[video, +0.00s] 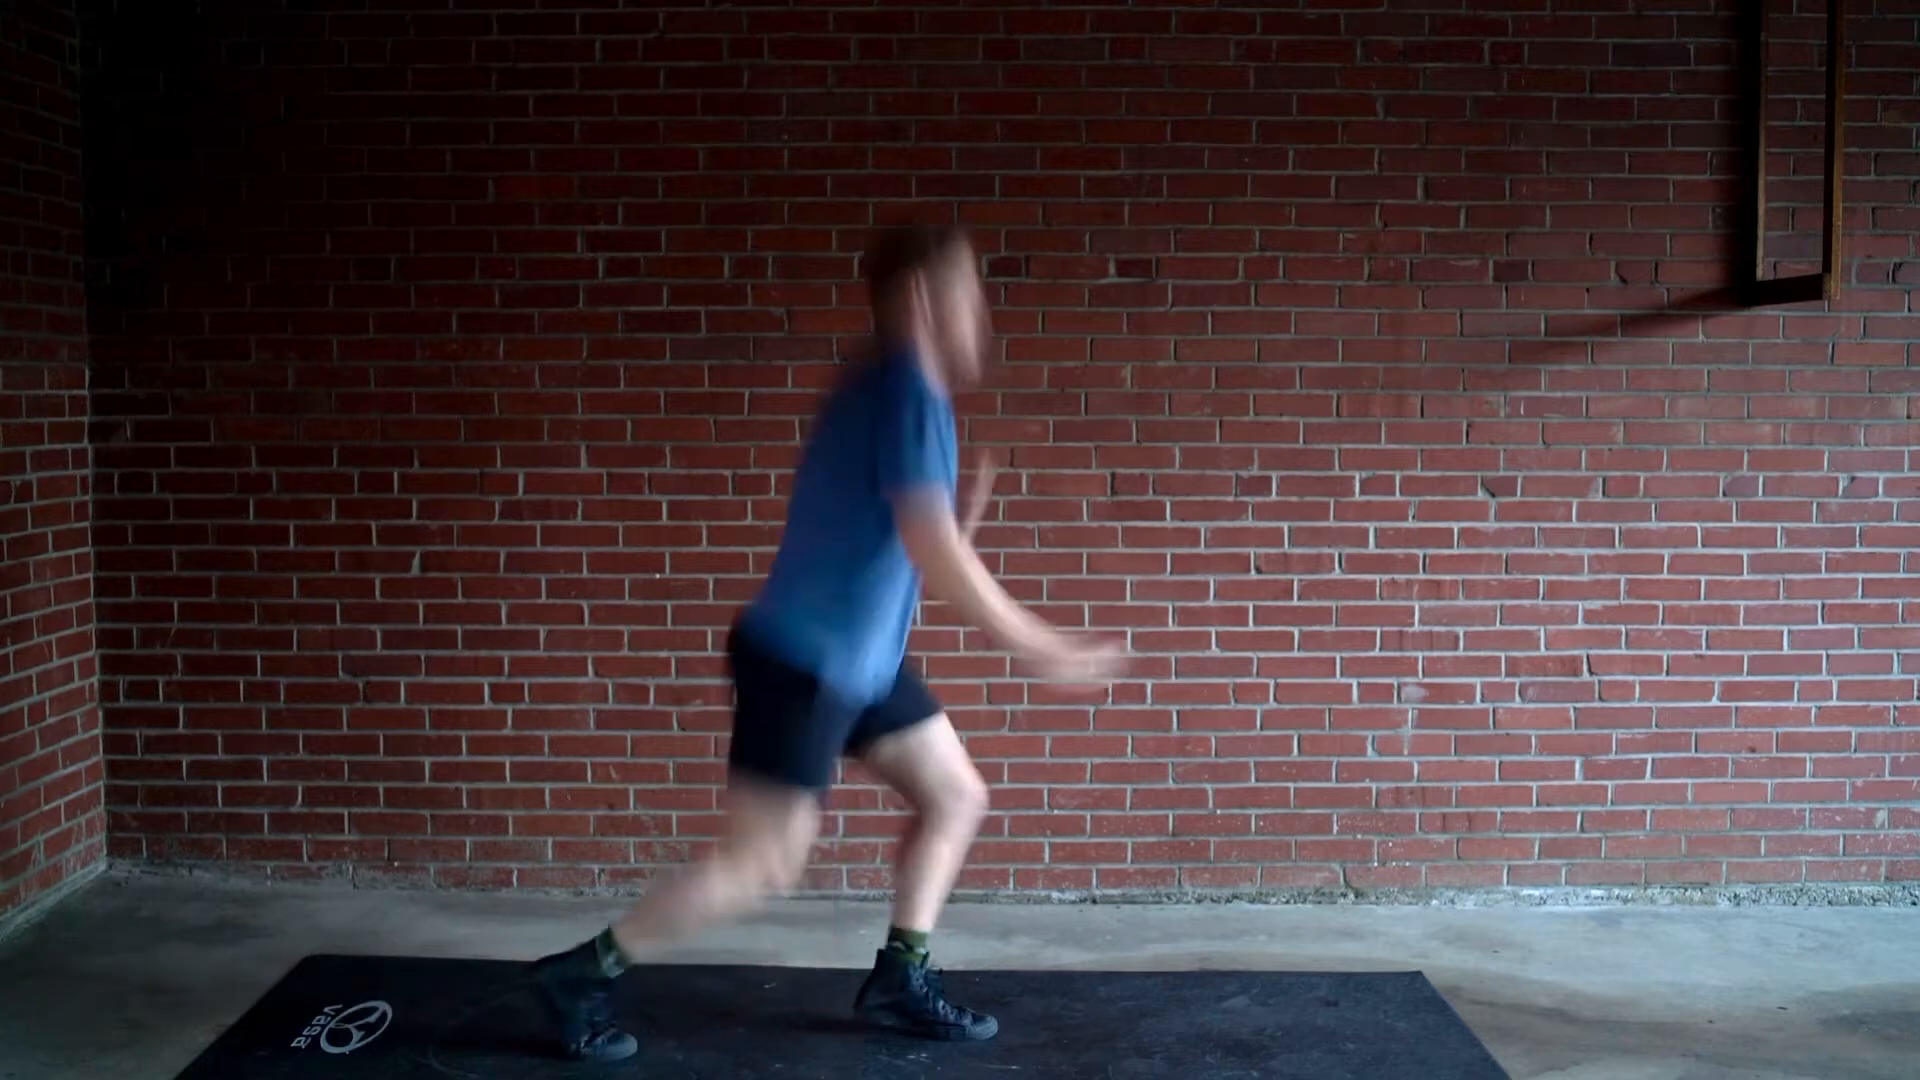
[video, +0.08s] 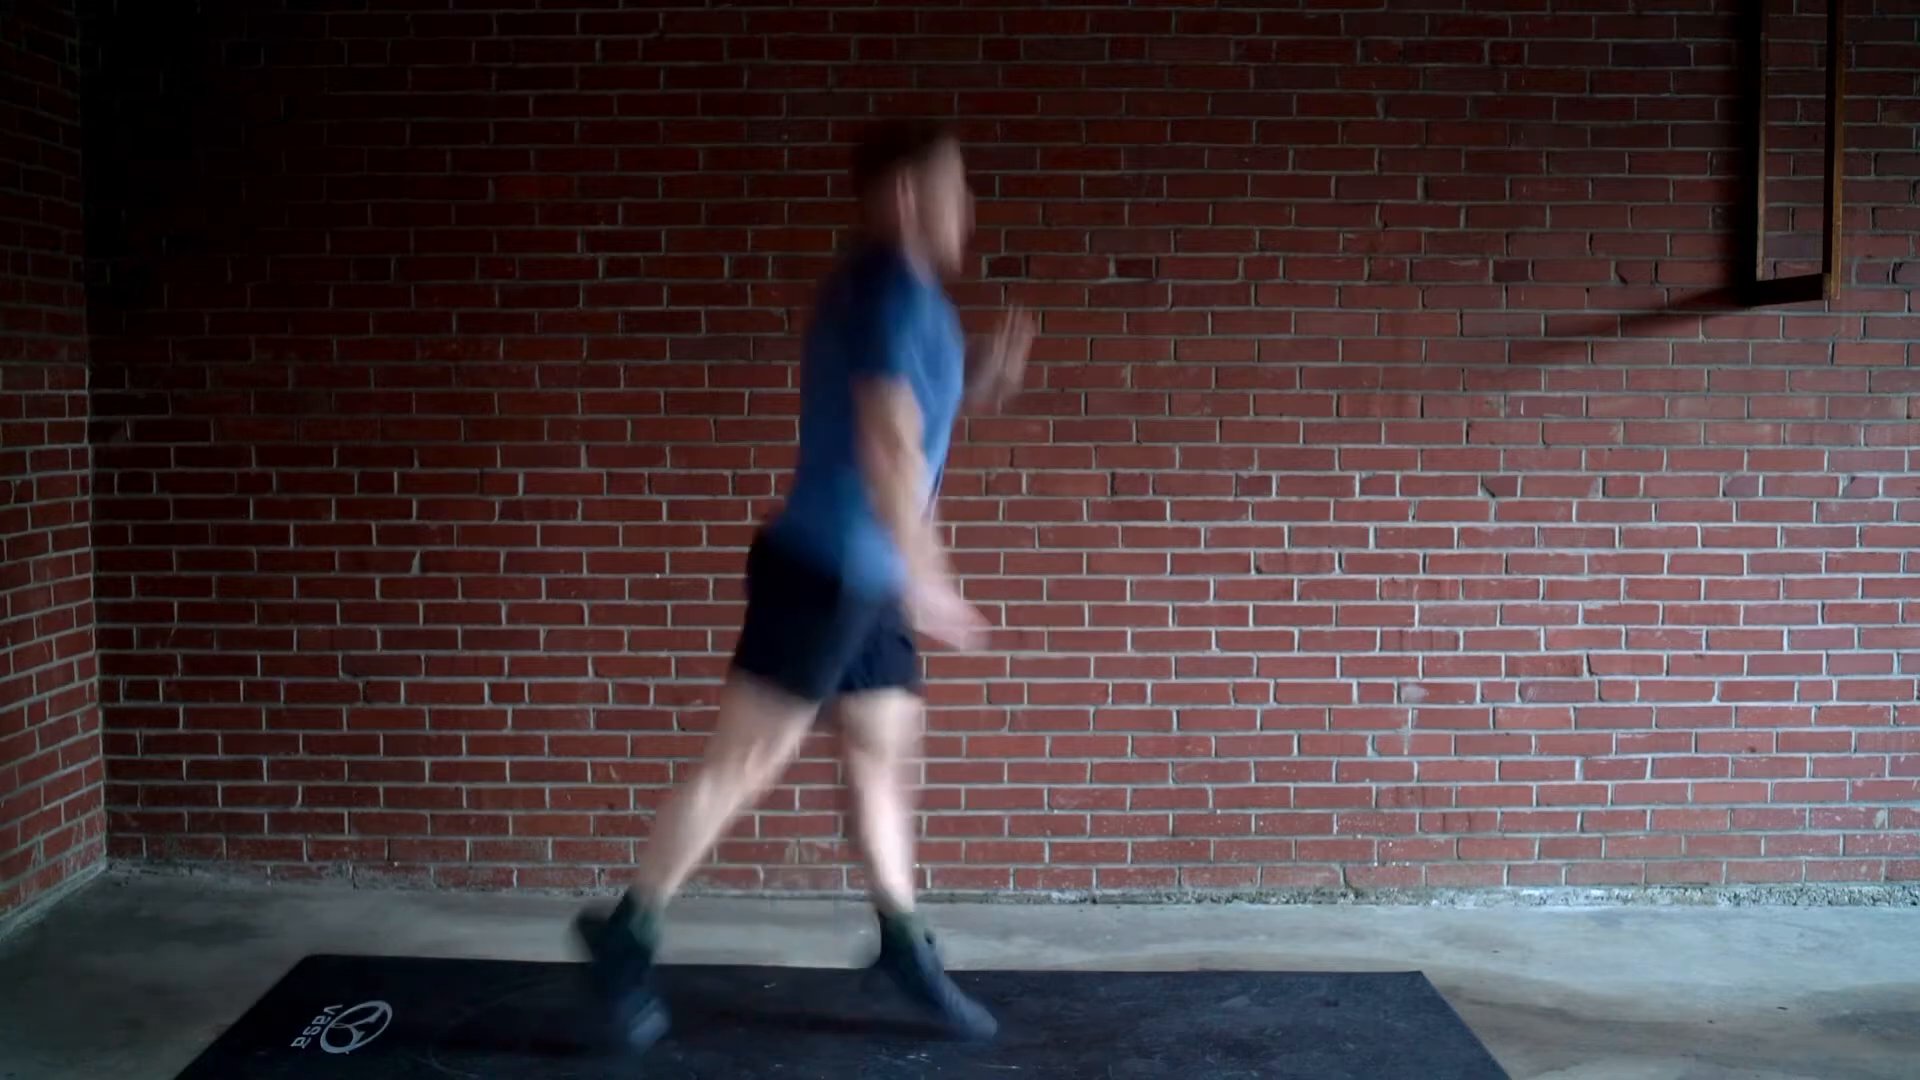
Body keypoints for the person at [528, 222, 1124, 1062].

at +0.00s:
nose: (981, 307)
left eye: (978, 286)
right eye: (967, 287)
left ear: (918, 296)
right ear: (917, 294)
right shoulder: (904, 390)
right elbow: (935, 548)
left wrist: (962, 519)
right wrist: (1047, 646)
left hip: (863, 656)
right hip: (801, 656)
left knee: (956, 797)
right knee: (763, 862)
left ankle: (901, 976)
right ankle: (583, 971)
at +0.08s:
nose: (967, 207)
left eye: (965, 188)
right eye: (952, 188)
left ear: (914, 198)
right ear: (901, 196)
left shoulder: (915, 294)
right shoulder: (886, 290)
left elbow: (912, 426)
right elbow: (885, 445)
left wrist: (979, 385)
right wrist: (926, 576)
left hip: (877, 568)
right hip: (824, 563)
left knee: (884, 753)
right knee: (742, 758)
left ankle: (904, 944)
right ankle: (625, 931)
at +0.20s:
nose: (970, 121)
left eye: (969, 105)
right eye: (957, 104)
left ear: (921, 112)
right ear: (906, 108)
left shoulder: (918, 214)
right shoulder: (877, 199)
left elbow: (964, 334)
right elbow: (814, 336)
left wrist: (1027, 253)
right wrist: (769, 479)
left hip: (884, 475)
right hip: (844, 472)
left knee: (865, 680)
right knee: (814, 690)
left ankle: (765, 858)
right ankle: (693, 873)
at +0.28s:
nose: (981, 110)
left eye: (979, 93)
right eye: (967, 91)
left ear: (923, 100)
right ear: (914, 96)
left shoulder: (928, 211)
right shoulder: (876, 179)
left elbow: (1008, 301)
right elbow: (769, 290)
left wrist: (1049, 212)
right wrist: (679, 422)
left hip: (862, 466)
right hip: (844, 462)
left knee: (824, 681)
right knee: (857, 689)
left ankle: (686, 805)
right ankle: (757, 887)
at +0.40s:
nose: (994, 151)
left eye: (993, 133)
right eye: (980, 131)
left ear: (951, 138)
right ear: (925, 131)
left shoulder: (953, 260)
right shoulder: (862, 220)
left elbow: (1036, 348)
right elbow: (725, 306)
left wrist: (1063, 239)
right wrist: (597, 398)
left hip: (856, 506)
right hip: (839, 506)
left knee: (782, 722)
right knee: (897, 735)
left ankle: (612, 814)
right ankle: (865, 955)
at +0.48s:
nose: (1005, 223)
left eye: (1003, 202)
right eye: (987, 201)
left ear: (963, 212)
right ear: (933, 204)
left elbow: (1043, 425)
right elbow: (718, 370)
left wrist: (1067, 314)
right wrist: (588, 451)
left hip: (862, 588)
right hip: (833, 587)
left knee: (762, 782)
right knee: (928, 797)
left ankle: (587, 882)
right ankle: (892, 1016)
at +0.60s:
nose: (1021, 371)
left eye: (1018, 351)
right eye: (1005, 350)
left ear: (978, 359)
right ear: (952, 355)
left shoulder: (972, 478)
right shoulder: (879, 451)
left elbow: (1052, 571)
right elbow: (734, 531)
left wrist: (1076, 472)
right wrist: (619, 623)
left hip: (852, 724)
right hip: (811, 719)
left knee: (780, 934)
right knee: (974, 871)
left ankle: (582, 970)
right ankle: (879, 1049)